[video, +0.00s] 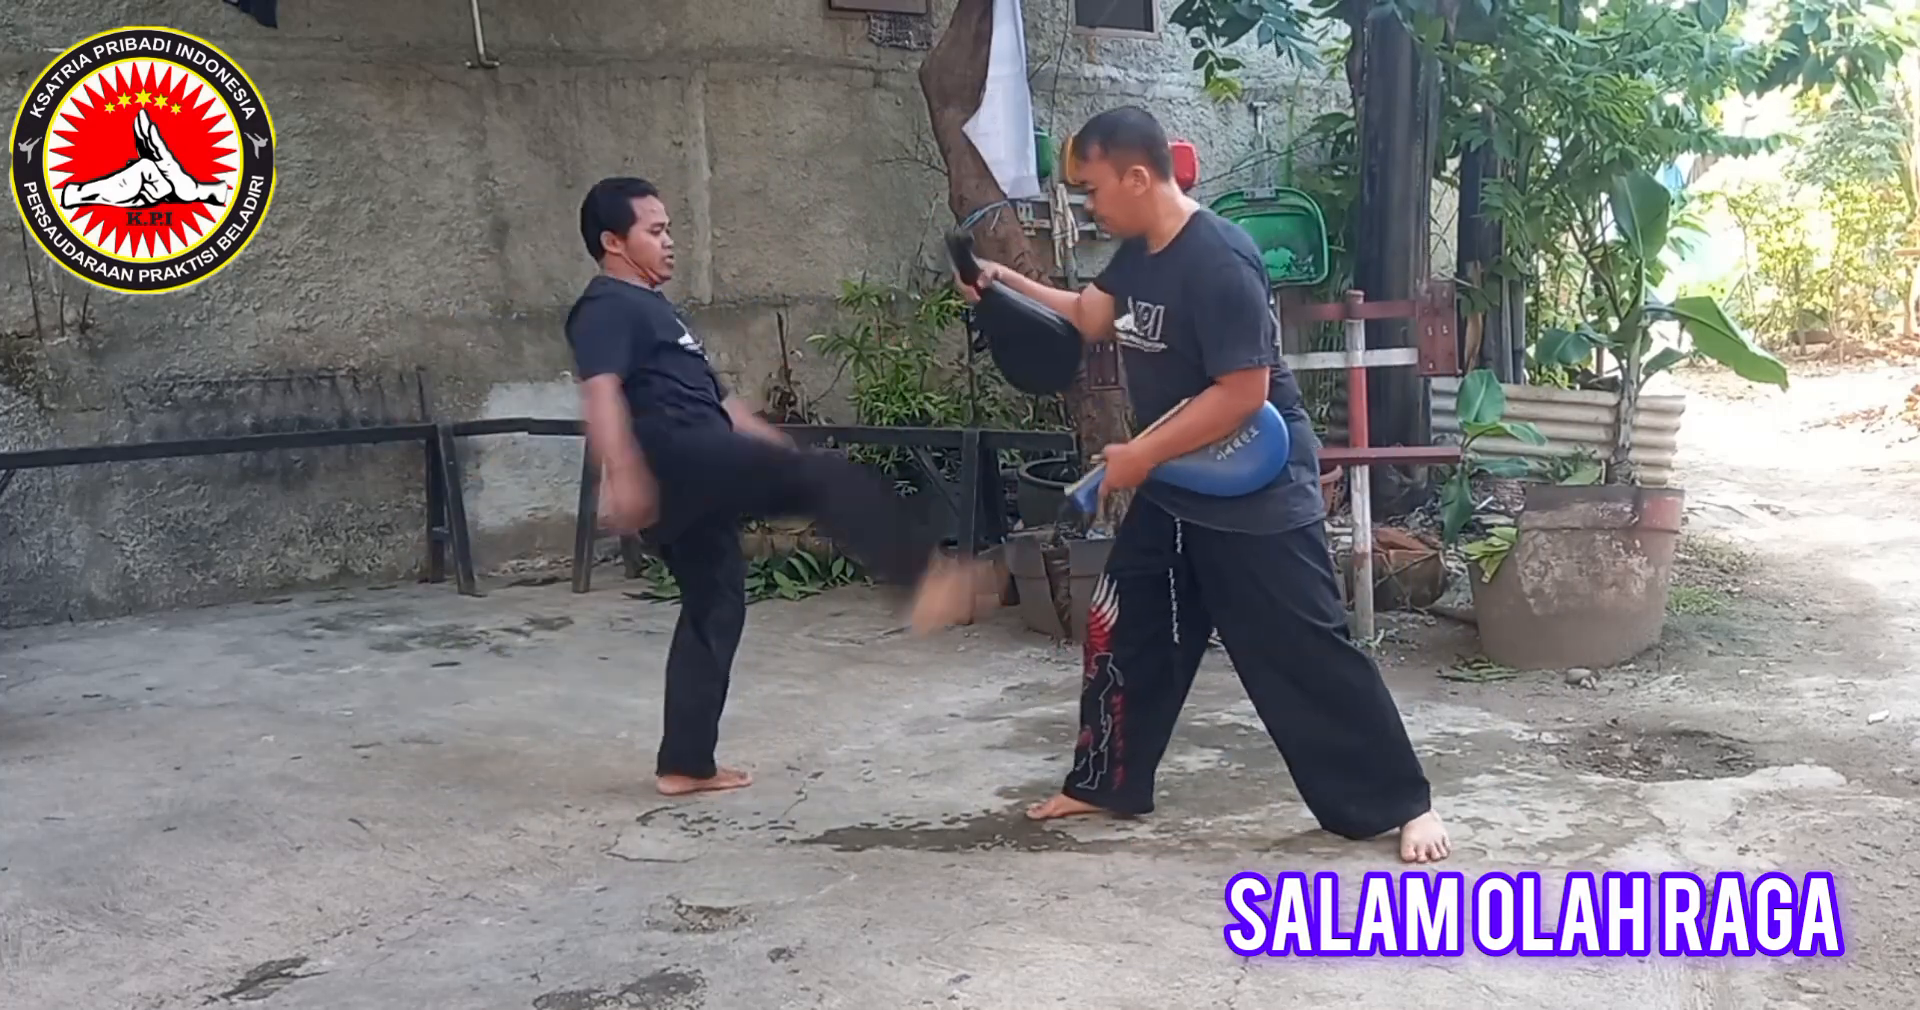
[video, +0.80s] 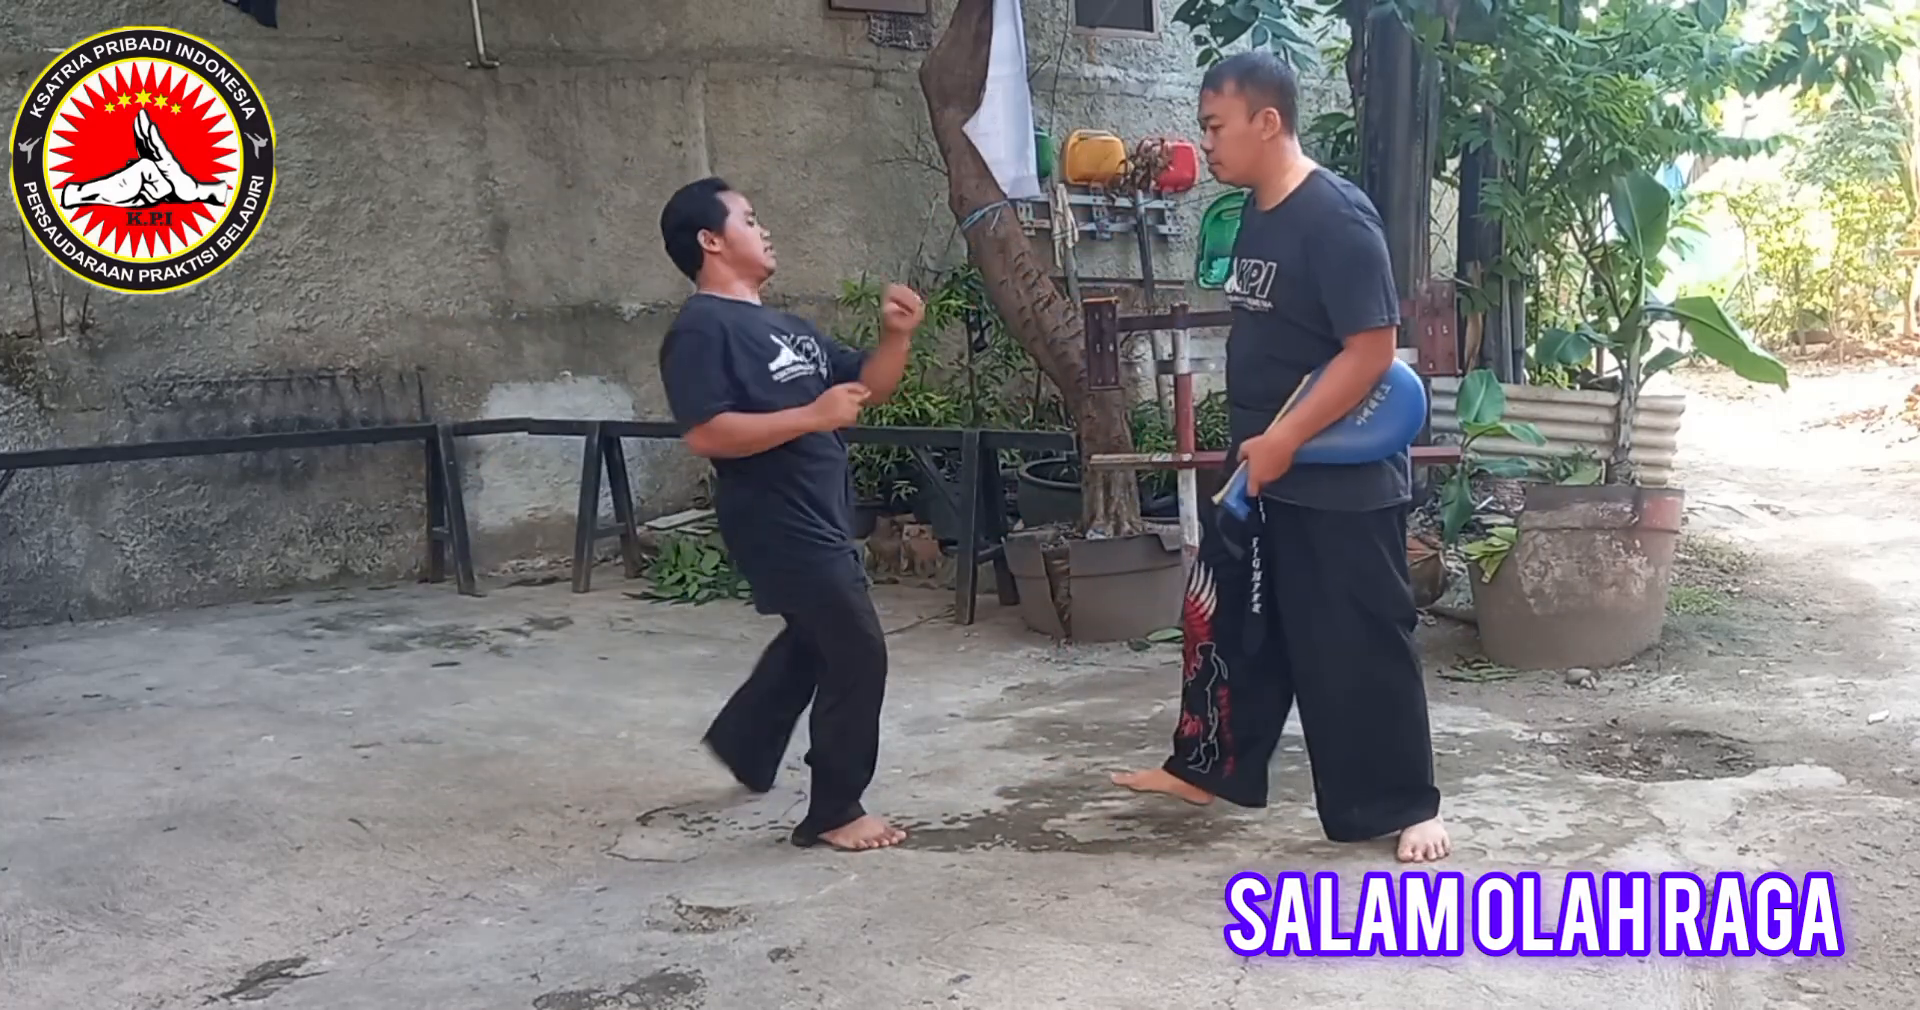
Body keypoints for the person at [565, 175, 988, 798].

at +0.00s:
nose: (669, 242)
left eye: (668, 230)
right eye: (656, 232)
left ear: (627, 241)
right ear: (614, 241)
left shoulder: (650, 302)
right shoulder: (607, 303)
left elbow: (703, 391)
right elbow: (600, 392)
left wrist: (762, 435)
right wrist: (621, 471)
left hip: (685, 468)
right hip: (679, 462)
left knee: (714, 608)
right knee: (824, 476)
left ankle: (686, 765)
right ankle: (923, 578)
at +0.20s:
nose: (679, 245)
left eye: (674, 233)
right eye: (667, 236)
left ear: (623, 252)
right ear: (630, 249)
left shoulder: (613, 311)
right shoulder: (660, 289)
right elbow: (719, 330)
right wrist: (830, 307)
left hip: (680, 478)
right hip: (726, 456)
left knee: (720, 610)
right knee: (835, 539)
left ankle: (693, 763)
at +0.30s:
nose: (700, 241)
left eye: (698, 229)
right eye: (690, 231)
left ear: (640, 241)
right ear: (651, 238)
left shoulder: (623, 295)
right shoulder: (670, 278)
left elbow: (669, 370)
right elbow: (706, 339)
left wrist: (742, 366)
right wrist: (754, 390)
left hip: (686, 474)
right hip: (725, 434)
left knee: (730, 600)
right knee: (880, 398)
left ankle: (720, 759)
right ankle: (923, 488)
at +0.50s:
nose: (747, 246)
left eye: (746, 233)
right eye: (737, 234)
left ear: (691, 241)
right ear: (697, 238)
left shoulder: (670, 295)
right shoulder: (701, 294)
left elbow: (691, 399)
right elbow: (701, 394)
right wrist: (729, 483)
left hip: (693, 466)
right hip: (737, 451)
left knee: (738, 617)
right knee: (897, 469)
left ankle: (726, 774)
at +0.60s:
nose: (745, 244)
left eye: (742, 231)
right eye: (735, 233)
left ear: (687, 246)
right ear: (697, 243)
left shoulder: (667, 304)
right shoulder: (723, 293)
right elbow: (744, 382)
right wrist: (801, 468)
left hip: (705, 485)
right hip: (757, 476)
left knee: (740, 624)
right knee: (880, 584)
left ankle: (721, 777)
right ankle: (874, 748)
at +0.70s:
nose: (757, 248)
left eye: (750, 235)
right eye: (745, 236)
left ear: (710, 255)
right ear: (712, 252)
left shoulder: (738, 321)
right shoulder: (720, 318)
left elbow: (824, 415)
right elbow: (753, 413)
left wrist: (860, 349)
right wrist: (858, 419)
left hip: (758, 518)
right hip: (777, 519)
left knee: (768, 639)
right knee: (861, 643)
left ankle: (721, 772)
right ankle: (818, 808)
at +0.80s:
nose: (765, 233)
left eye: (758, 221)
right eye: (750, 222)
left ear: (720, 245)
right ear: (711, 243)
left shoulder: (785, 325)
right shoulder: (699, 325)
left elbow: (865, 386)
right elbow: (706, 434)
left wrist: (896, 334)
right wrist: (813, 415)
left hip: (824, 519)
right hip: (778, 525)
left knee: (822, 632)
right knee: (858, 649)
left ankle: (742, 738)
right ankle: (834, 813)